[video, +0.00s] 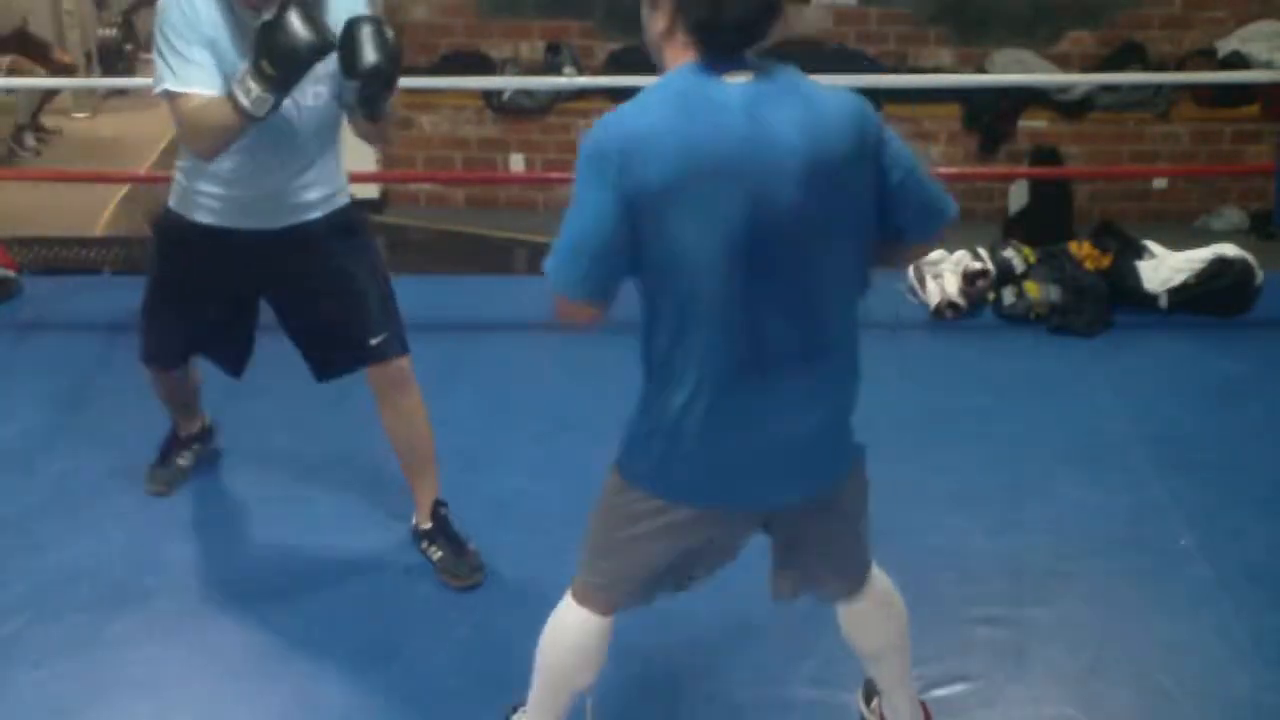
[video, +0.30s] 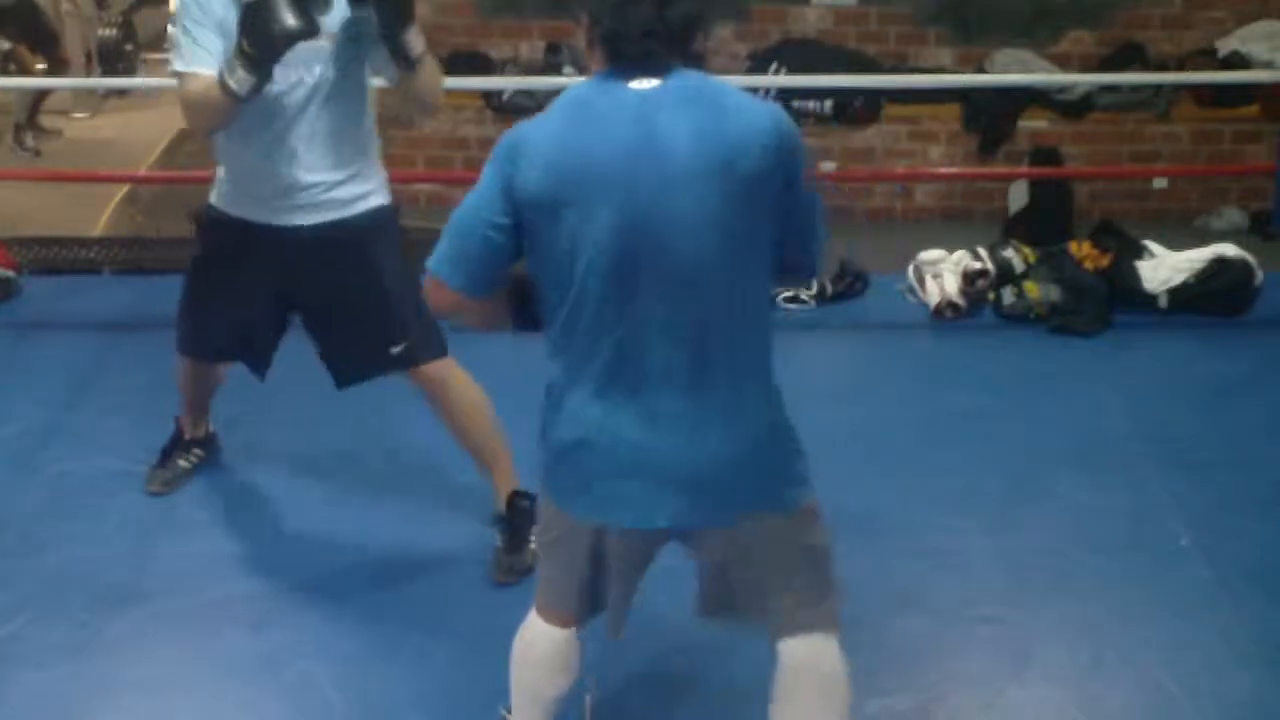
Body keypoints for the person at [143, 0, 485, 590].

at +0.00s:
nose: (262, 0)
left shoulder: (342, 7)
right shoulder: (190, 9)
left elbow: (375, 133)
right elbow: (197, 136)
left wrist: (371, 94)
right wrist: (264, 78)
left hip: (317, 214)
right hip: (205, 217)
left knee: (390, 362)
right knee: (163, 353)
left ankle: (431, 520)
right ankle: (191, 433)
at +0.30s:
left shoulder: (357, 6)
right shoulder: (207, 6)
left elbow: (425, 100)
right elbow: (198, 117)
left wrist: (403, 31)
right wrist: (249, 61)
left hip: (351, 213)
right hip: (243, 214)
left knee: (425, 361)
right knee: (198, 345)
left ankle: (514, 502)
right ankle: (193, 435)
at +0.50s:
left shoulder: (435, 4)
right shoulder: (280, 5)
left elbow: (486, 110)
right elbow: (262, 111)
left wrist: (449, 41)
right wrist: (299, 57)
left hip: (413, 199)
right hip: (309, 195)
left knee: (463, 357)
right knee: (254, 318)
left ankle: (516, 505)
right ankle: (246, 421)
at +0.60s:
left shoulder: (450, 5)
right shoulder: (291, 4)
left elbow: (489, 114)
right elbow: (277, 104)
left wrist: (459, 69)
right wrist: (316, 55)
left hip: (430, 188)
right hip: (328, 187)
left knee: (476, 349)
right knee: (282, 313)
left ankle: (517, 508)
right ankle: (329, 390)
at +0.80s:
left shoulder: (474, 1)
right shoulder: (316, 5)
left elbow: (543, 72)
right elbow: (301, 96)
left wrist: (494, 16)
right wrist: (347, 44)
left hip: (461, 173)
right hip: (365, 179)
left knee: (496, 300)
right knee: (333, 308)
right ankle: (348, 396)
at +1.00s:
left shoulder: (523, 0)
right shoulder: (381, 3)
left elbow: (588, 68)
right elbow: (357, 86)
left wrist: (547, 18)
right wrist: (386, 46)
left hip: (513, 164)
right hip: (426, 165)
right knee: (399, 294)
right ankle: (413, 372)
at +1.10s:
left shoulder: (553, 5)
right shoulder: (410, 1)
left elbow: (600, 93)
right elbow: (378, 82)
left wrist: (548, 57)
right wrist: (400, 36)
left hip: (529, 162)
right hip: (446, 158)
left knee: (524, 274)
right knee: (436, 279)